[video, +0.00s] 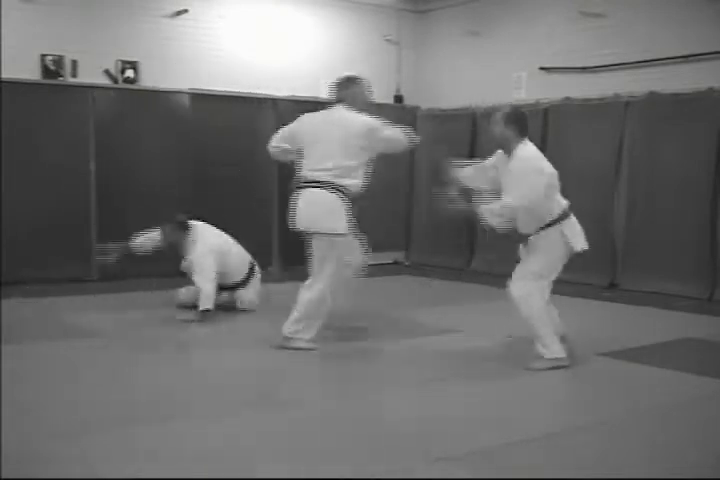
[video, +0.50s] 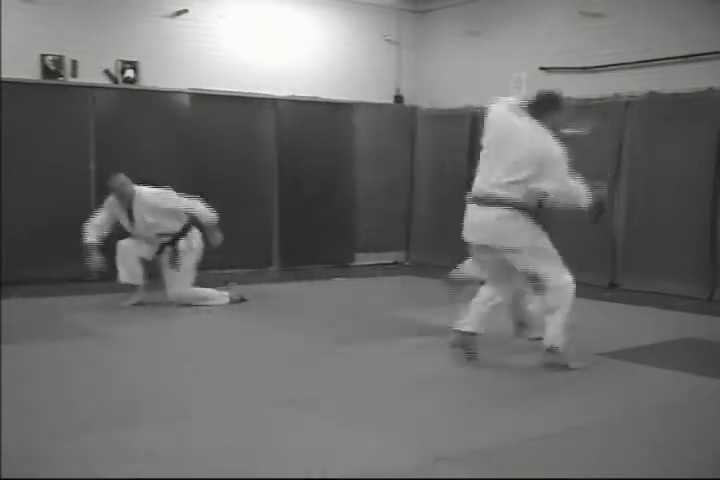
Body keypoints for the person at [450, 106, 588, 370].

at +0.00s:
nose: (491, 130)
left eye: (496, 125)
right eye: (492, 125)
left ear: (511, 129)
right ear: (509, 130)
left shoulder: (528, 161)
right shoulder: (507, 157)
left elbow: (514, 205)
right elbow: (484, 174)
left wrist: (473, 209)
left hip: (555, 235)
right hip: (539, 235)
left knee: (522, 287)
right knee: (532, 289)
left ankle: (553, 353)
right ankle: (556, 335)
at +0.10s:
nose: (498, 123)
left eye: (504, 118)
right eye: (499, 118)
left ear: (518, 125)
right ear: (527, 126)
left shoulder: (521, 157)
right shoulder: (541, 146)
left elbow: (475, 167)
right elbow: (503, 154)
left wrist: (441, 143)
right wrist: (487, 136)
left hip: (544, 234)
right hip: (561, 228)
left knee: (501, 287)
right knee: (534, 289)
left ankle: (534, 344)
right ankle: (555, 333)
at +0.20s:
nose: (501, 116)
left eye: (504, 112)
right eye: (503, 111)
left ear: (516, 115)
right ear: (532, 115)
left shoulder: (500, 143)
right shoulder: (549, 133)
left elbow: (459, 131)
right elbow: (557, 119)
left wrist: (432, 109)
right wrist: (538, 106)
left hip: (530, 226)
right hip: (563, 220)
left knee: (498, 285)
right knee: (550, 280)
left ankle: (512, 343)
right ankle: (554, 324)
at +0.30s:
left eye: (515, 99)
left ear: (513, 101)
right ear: (541, 104)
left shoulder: (496, 125)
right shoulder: (555, 127)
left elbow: (459, 115)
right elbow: (594, 122)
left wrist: (448, 102)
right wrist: (565, 114)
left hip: (511, 217)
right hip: (549, 215)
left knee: (507, 286)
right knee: (565, 270)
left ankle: (509, 350)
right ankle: (580, 316)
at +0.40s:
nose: (547, 105)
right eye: (547, 101)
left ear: (519, 97)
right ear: (546, 103)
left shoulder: (494, 118)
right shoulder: (554, 130)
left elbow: (470, 105)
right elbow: (595, 153)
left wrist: (474, 97)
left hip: (495, 212)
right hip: (533, 212)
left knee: (504, 285)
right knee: (569, 270)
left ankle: (511, 347)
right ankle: (575, 328)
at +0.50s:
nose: (558, 123)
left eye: (558, 118)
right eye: (557, 118)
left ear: (532, 106)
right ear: (550, 116)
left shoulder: (499, 116)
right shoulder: (548, 146)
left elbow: (503, 103)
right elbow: (560, 190)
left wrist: (525, 99)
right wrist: (587, 198)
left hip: (475, 216)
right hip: (511, 221)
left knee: (499, 281)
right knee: (559, 281)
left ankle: (467, 330)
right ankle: (553, 347)